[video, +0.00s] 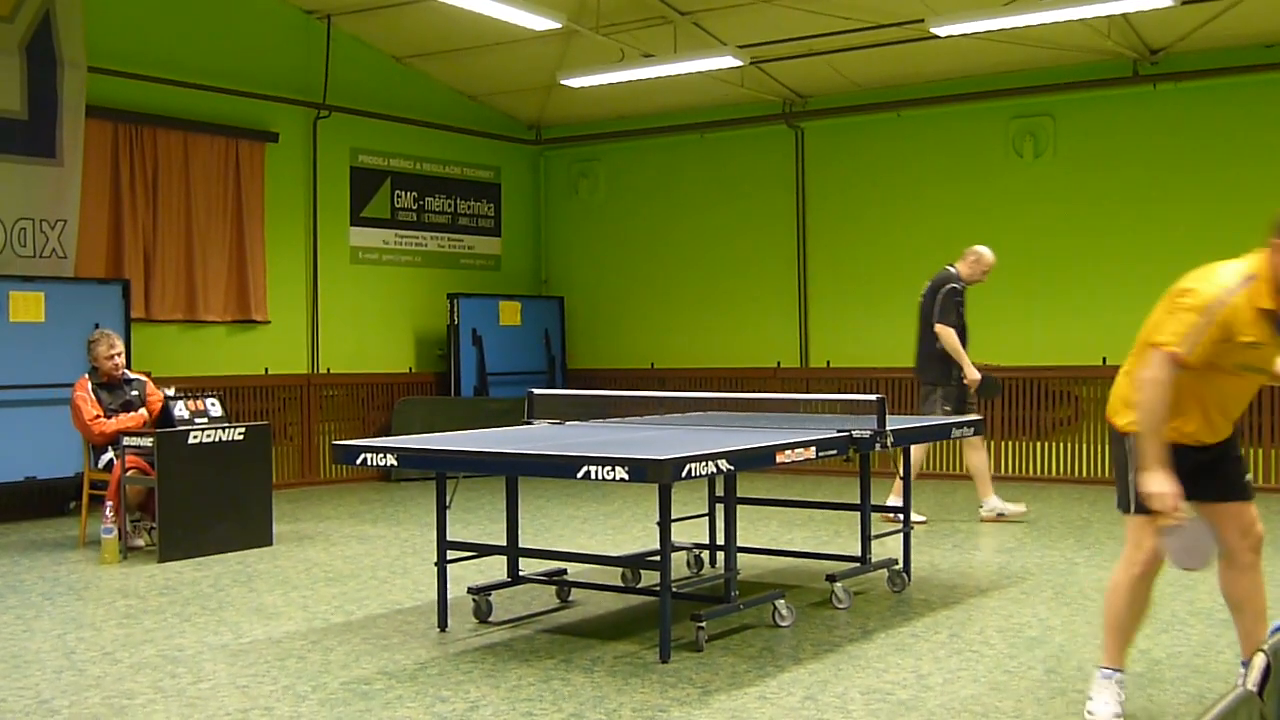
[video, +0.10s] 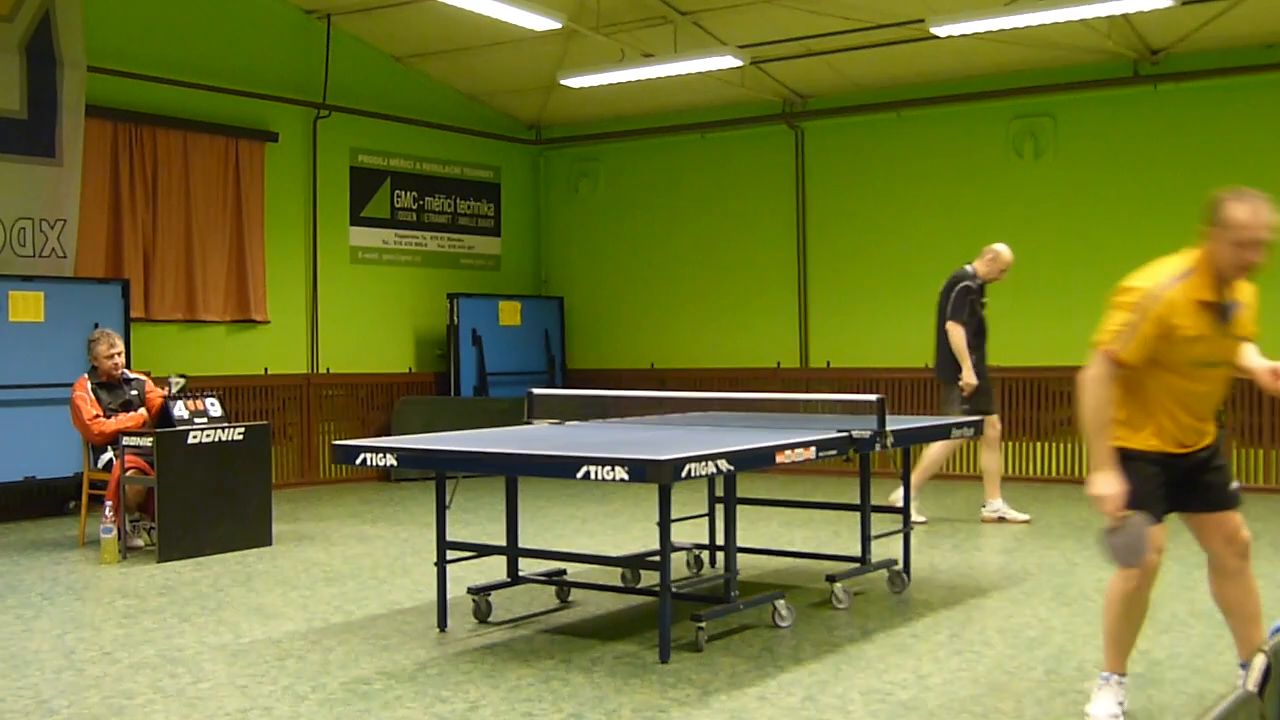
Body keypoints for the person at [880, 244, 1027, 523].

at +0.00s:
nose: (984, 279)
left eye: (987, 274)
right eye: (984, 272)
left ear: (969, 261)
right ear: (970, 261)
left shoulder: (946, 282)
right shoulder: (950, 285)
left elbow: (939, 333)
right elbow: (943, 328)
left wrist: (960, 369)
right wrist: (968, 366)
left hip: (953, 379)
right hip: (940, 377)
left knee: (973, 437)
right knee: (922, 439)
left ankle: (990, 502)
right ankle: (895, 502)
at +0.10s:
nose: (1001, 277)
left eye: (1004, 272)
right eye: (1001, 271)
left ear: (990, 260)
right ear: (989, 260)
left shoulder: (973, 284)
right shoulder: (965, 283)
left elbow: (961, 329)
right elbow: (954, 326)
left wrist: (972, 367)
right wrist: (966, 369)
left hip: (974, 371)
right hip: (959, 373)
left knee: (991, 431)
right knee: (952, 435)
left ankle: (993, 503)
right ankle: (905, 493)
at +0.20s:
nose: (1011, 274)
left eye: (1014, 269)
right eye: (1011, 267)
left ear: (1002, 259)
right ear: (998, 256)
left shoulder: (989, 283)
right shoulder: (972, 280)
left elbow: (983, 326)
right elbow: (958, 322)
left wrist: (996, 349)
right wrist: (966, 364)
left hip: (989, 365)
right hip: (973, 365)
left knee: (997, 430)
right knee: (975, 432)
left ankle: (994, 502)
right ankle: (923, 483)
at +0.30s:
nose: (1024, 272)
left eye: (1027, 268)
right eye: (1023, 266)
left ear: (1016, 258)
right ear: (1011, 255)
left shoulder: (1006, 281)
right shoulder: (984, 277)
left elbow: (1003, 319)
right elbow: (966, 316)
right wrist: (966, 360)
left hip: (1001, 363)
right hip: (985, 364)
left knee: (1002, 430)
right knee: (1004, 426)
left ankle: (995, 501)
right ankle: (956, 481)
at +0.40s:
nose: (1029, 261)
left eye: (1033, 257)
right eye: (1027, 254)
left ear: (1033, 258)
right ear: (1016, 251)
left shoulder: (1026, 281)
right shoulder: (993, 272)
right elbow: (972, 312)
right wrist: (969, 357)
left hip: (1013, 360)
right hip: (993, 359)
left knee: (1006, 427)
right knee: (1008, 424)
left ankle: (989, 490)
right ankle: (990, 492)